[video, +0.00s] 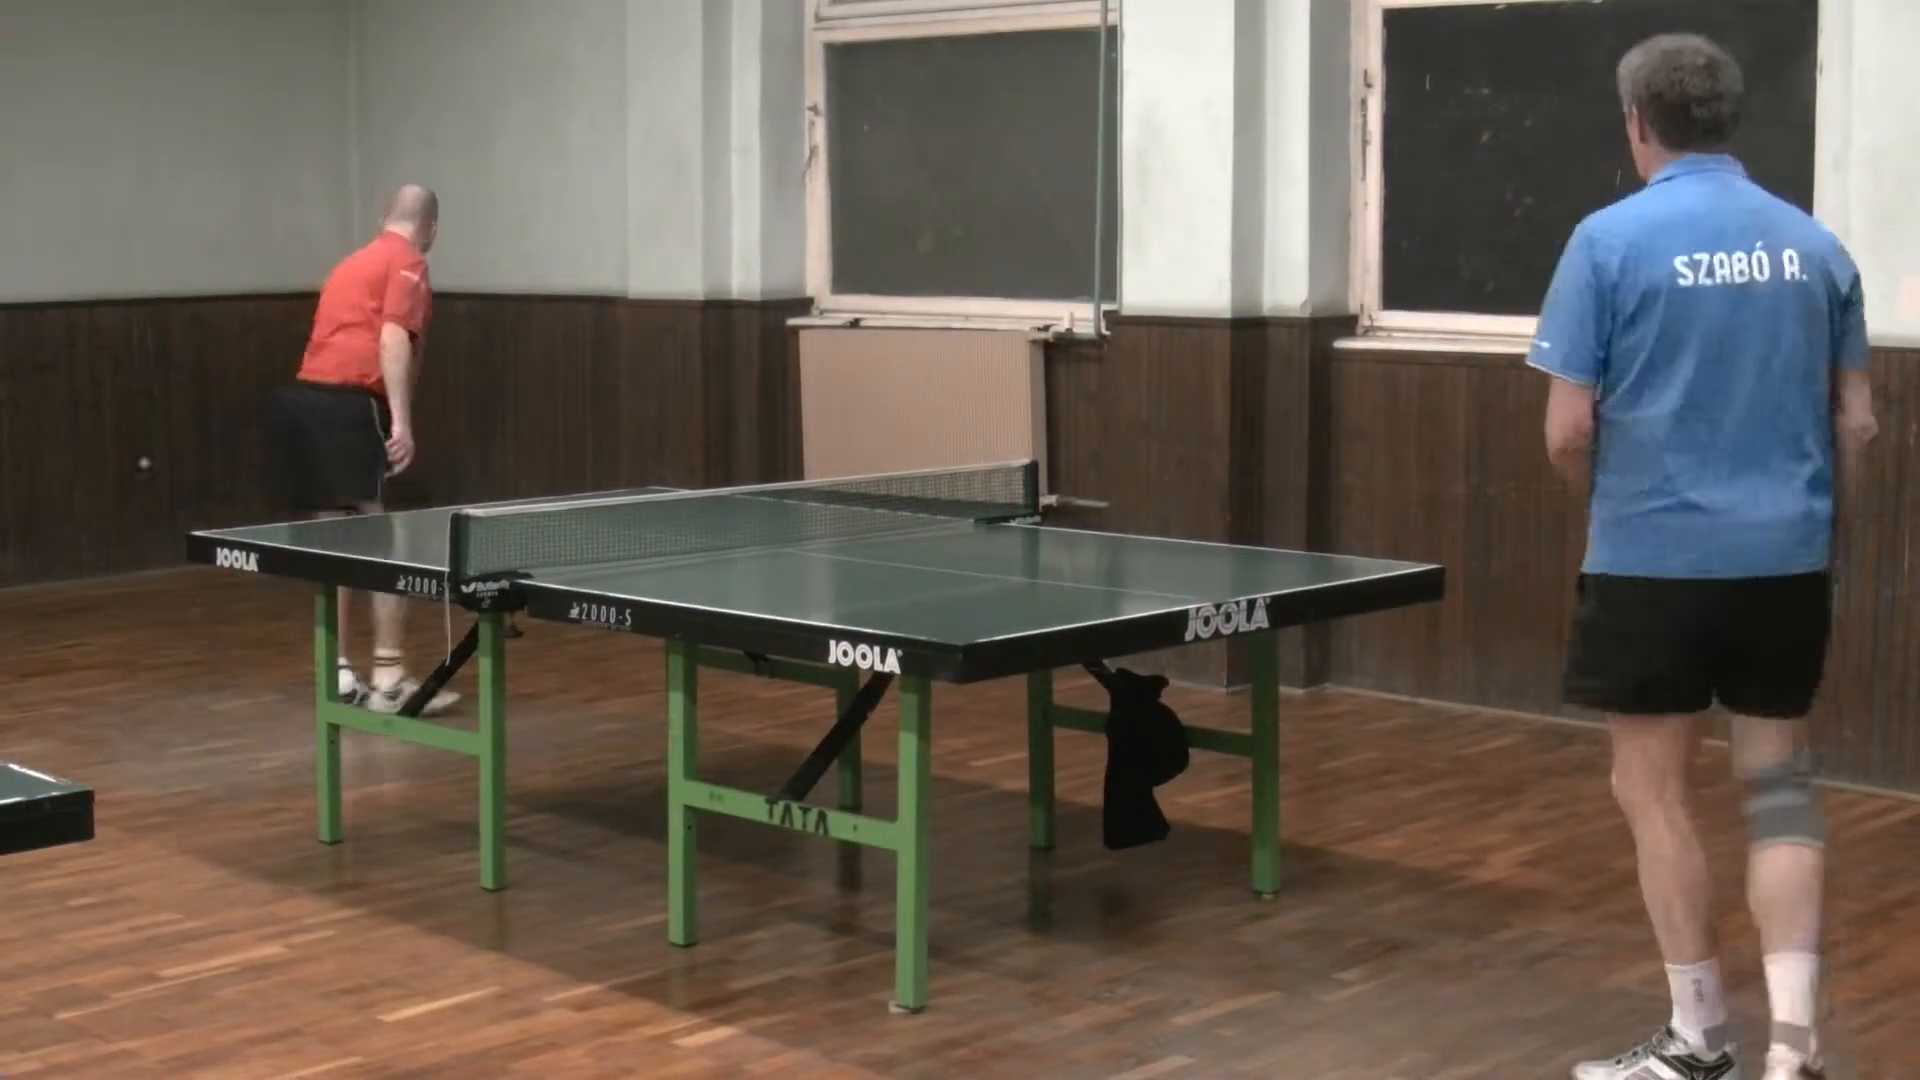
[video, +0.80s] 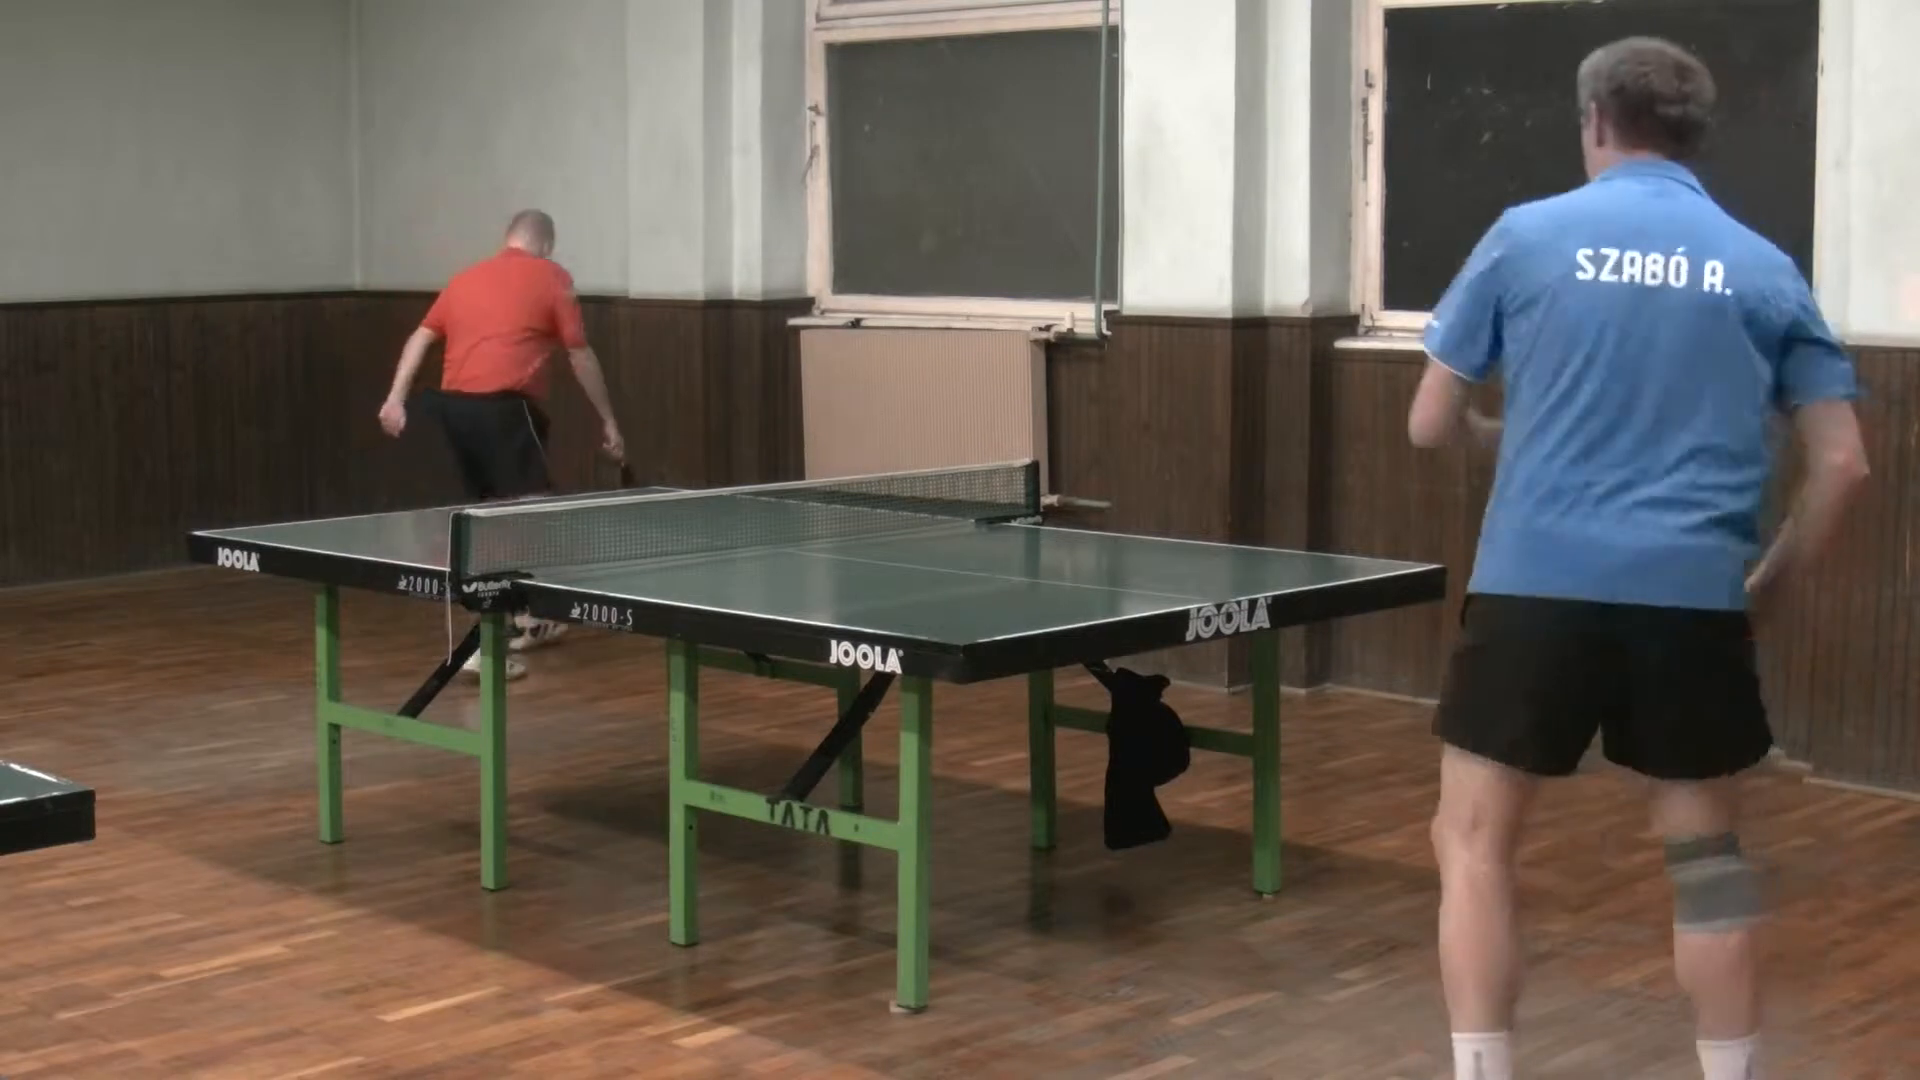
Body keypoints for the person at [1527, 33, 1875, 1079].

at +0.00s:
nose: (1622, 134)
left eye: (1623, 118)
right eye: (1625, 116)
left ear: (1640, 126)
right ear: (1732, 121)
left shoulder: (1609, 240)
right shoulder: (1814, 242)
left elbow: (1567, 434)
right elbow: (1857, 419)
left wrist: (1605, 504)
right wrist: (1805, 508)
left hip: (1651, 568)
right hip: (1784, 567)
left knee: (1651, 791)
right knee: (1779, 783)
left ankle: (1697, 1035)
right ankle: (1795, 1040)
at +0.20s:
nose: (1663, 139)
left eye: (1664, 125)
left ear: (1671, 137)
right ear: (1773, 138)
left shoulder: (1610, 256)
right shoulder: (1833, 263)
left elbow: (1557, 443)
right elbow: (1874, 460)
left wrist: (1637, 463)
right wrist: (1838, 569)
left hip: (1633, 585)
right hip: (1784, 591)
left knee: (1591, 797)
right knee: (1769, 832)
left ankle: (1606, 1049)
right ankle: (1751, 1071)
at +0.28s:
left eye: (1683, 143)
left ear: (1690, 152)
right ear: (1792, 156)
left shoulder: (1620, 270)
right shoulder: (1829, 271)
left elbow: (1583, 448)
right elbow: (1867, 479)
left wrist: (1618, 557)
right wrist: (1836, 597)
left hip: (1608, 588)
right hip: (1756, 599)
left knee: (1579, 820)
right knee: (1787, 840)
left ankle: (1511, 1048)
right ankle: (1753, 1069)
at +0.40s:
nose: (1808, 210)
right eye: (1806, 195)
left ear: (1694, 191)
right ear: (1796, 196)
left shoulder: (1647, 286)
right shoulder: (1784, 309)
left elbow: (1694, 473)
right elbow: (1853, 522)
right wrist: (1844, 616)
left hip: (1571, 618)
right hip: (1706, 630)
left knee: (1551, 870)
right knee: (1801, 850)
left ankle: (1446, 1071)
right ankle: (1746, 1071)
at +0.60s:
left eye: (1664, 169)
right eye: (1780, 184)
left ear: (1669, 173)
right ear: (1773, 184)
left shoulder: (1598, 271)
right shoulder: (1797, 293)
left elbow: (1597, 437)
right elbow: (1859, 508)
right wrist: (1832, 627)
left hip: (1549, 600)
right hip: (1699, 615)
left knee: (1501, 849)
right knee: (1758, 838)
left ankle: (1434, 1070)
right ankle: (1738, 1068)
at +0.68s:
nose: (1632, 163)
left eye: (1635, 148)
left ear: (1647, 151)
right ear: (1745, 160)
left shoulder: (1569, 252)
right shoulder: (1794, 279)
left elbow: (1521, 441)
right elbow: (1862, 490)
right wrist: (1803, 610)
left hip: (1545, 590)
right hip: (1704, 605)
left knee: (1487, 841)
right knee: (1733, 847)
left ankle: (1450, 1070)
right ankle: (1733, 1070)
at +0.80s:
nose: (1583, 143)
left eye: (1583, 128)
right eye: (1589, 128)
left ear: (1598, 130)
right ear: (1695, 135)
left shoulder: (1526, 235)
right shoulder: (1765, 265)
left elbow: (1430, 423)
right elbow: (1842, 461)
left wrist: (1515, 439)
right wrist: (1764, 583)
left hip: (1533, 596)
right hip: (1693, 607)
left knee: (1473, 841)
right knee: (1704, 848)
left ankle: (1481, 1069)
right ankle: (1729, 1071)